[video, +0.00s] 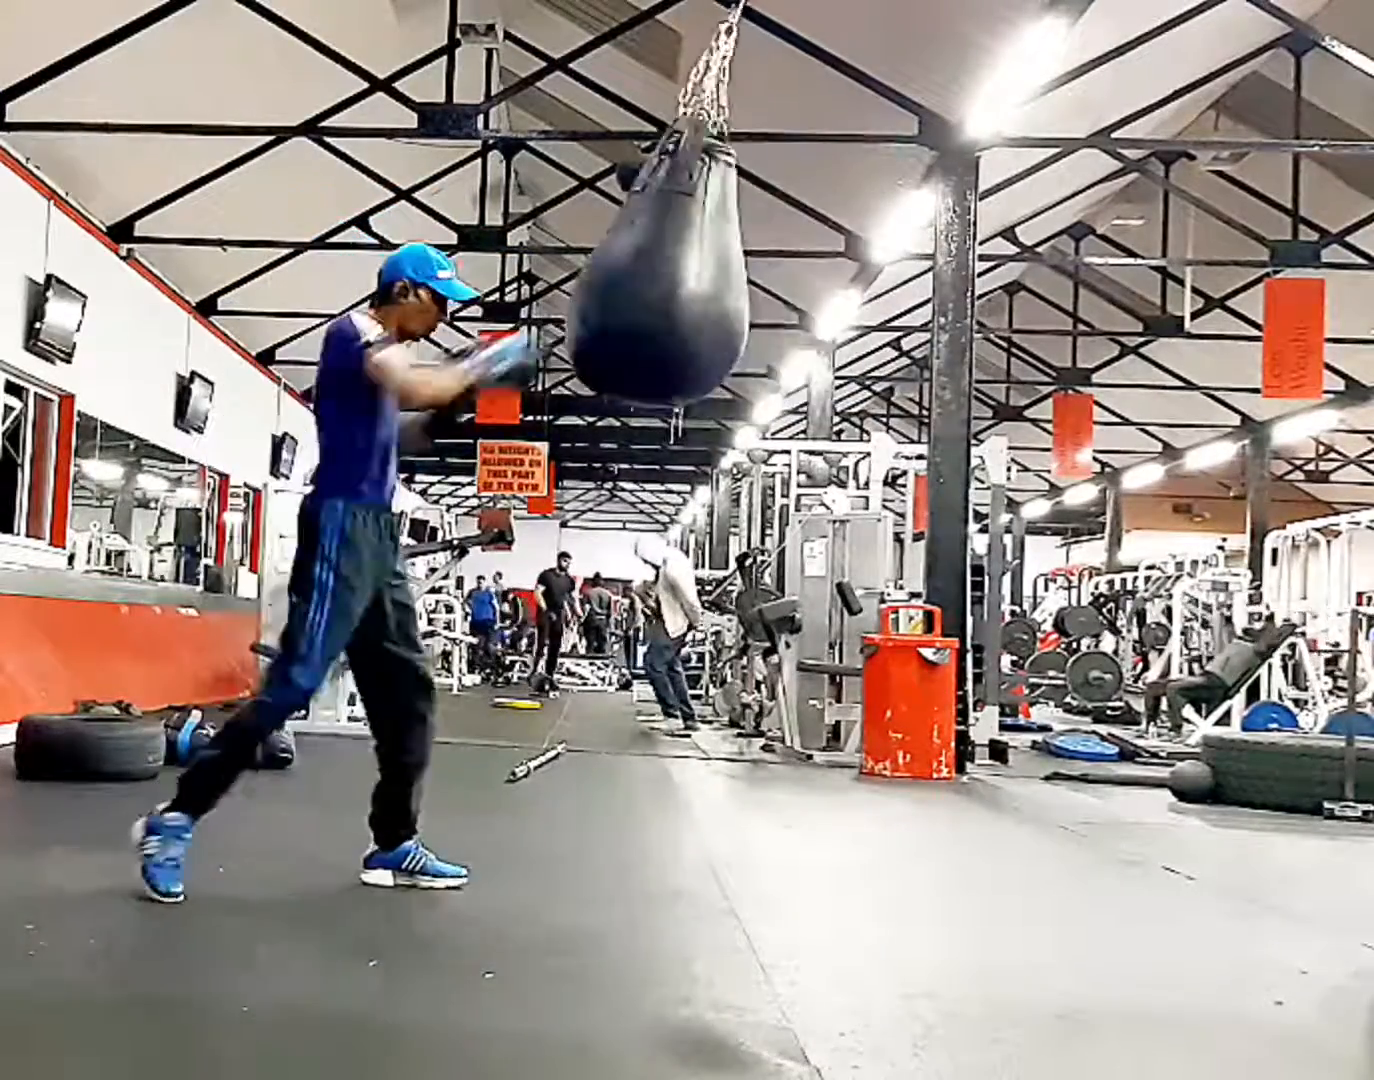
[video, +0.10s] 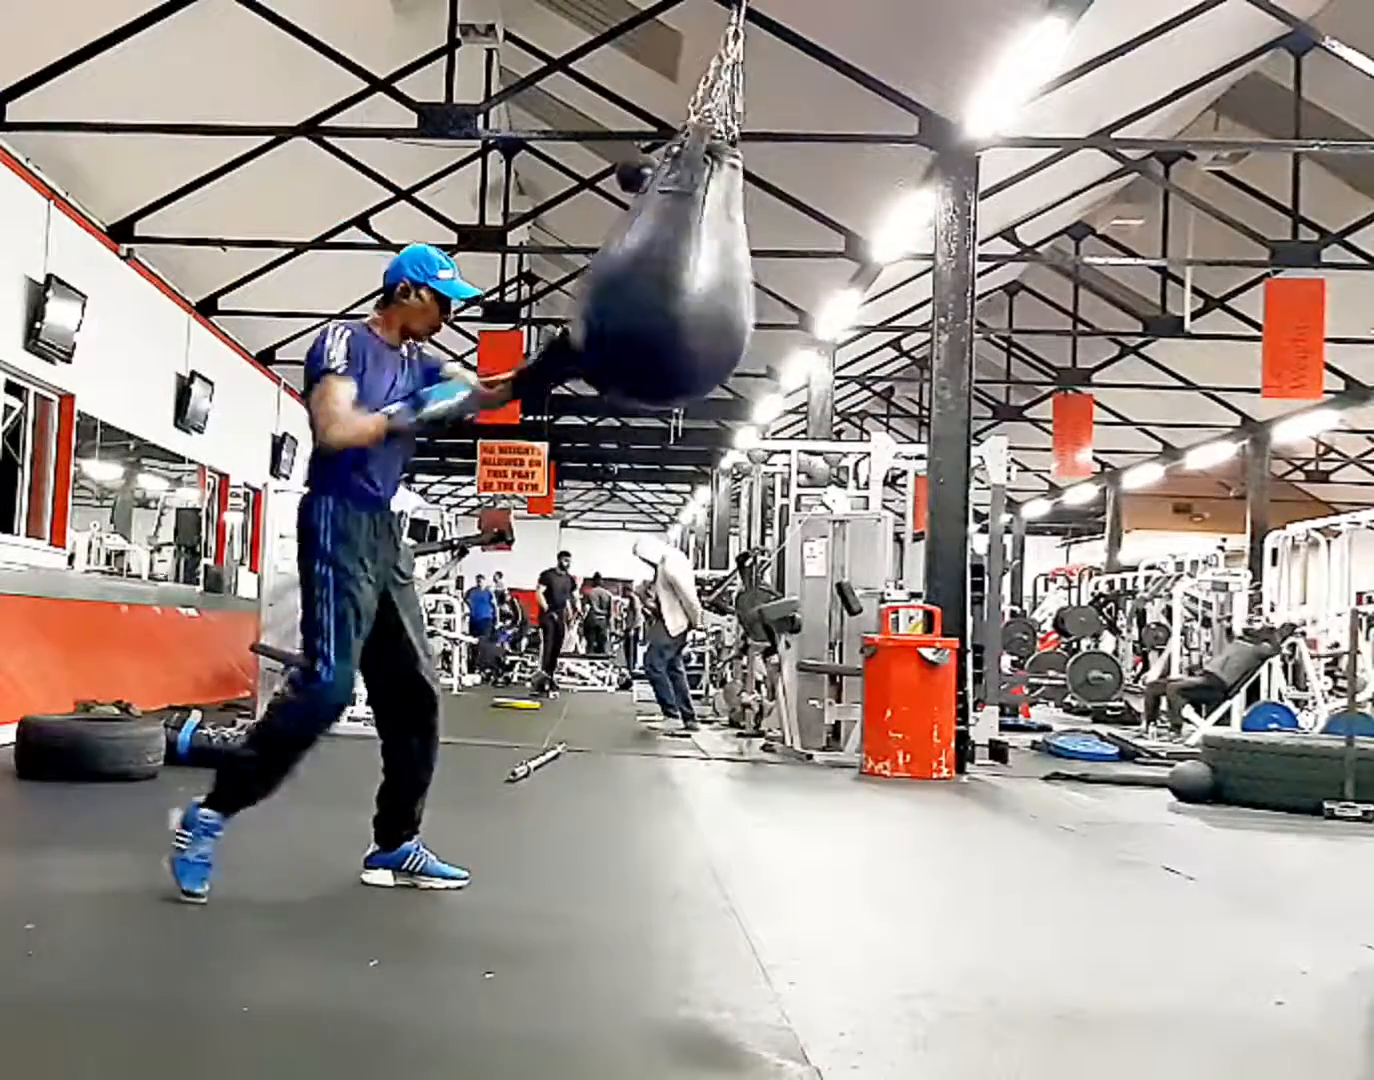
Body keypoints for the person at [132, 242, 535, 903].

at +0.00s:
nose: (441, 319)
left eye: (445, 309)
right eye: (439, 306)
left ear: (412, 297)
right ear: (406, 293)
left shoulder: (385, 351)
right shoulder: (351, 332)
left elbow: (392, 429)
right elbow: (411, 388)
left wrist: (455, 391)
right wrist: (478, 364)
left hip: (377, 531)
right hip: (339, 527)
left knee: (406, 691)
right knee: (292, 687)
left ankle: (394, 845)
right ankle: (176, 821)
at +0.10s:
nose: (446, 319)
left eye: (449, 308)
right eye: (441, 305)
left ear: (422, 302)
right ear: (408, 293)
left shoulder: (417, 365)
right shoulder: (343, 340)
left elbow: (479, 397)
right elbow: (332, 430)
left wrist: (535, 372)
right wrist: (404, 416)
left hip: (383, 534)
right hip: (336, 525)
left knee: (412, 697)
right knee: (326, 688)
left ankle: (395, 846)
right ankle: (207, 817)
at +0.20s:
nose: (442, 332)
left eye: (447, 322)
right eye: (438, 317)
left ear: (424, 312)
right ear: (408, 300)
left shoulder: (413, 375)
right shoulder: (340, 345)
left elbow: (456, 430)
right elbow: (313, 446)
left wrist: (509, 413)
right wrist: (391, 429)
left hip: (381, 533)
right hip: (334, 525)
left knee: (411, 693)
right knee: (327, 696)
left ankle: (394, 845)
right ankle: (219, 819)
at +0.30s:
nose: (450, 346)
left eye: (452, 334)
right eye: (445, 332)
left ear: (422, 327)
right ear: (412, 321)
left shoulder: (401, 394)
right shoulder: (342, 366)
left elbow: (403, 470)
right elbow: (308, 469)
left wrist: (460, 468)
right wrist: (388, 455)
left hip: (368, 547)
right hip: (324, 543)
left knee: (421, 692)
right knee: (326, 706)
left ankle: (393, 846)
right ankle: (212, 827)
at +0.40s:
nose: (438, 364)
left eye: (441, 353)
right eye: (433, 351)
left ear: (404, 346)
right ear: (398, 341)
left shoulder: (377, 410)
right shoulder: (325, 387)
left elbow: (351, 494)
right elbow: (299, 490)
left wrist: (405, 515)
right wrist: (380, 474)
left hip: (364, 570)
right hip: (315, 570)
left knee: (430, 701)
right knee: (321, 734)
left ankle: (396, 847)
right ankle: (212, 841)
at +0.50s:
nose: (419, 331)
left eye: (423, 321)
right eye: (416, 317)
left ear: (393, 310)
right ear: (383, 303)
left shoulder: (369, 370)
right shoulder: (316, 346)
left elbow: (350, 458)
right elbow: (281, 445)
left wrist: (396, 467)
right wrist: (359, 431)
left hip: (347, 533)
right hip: (304, 531)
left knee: (388, 688)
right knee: (300, 700)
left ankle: (395, 842)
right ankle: (208, 835)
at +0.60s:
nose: (403, 294)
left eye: (408, 284)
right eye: (400, 279)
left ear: (376, 273)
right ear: (366, 265)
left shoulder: (358, 336)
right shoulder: (307, 307)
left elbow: (345, 430)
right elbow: (257, 394)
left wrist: (384, 420)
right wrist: (342, 394)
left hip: (329, 500)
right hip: (289, 496)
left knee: (342, 665)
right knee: (263, 664)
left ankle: (350, 822)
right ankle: (202, 825)